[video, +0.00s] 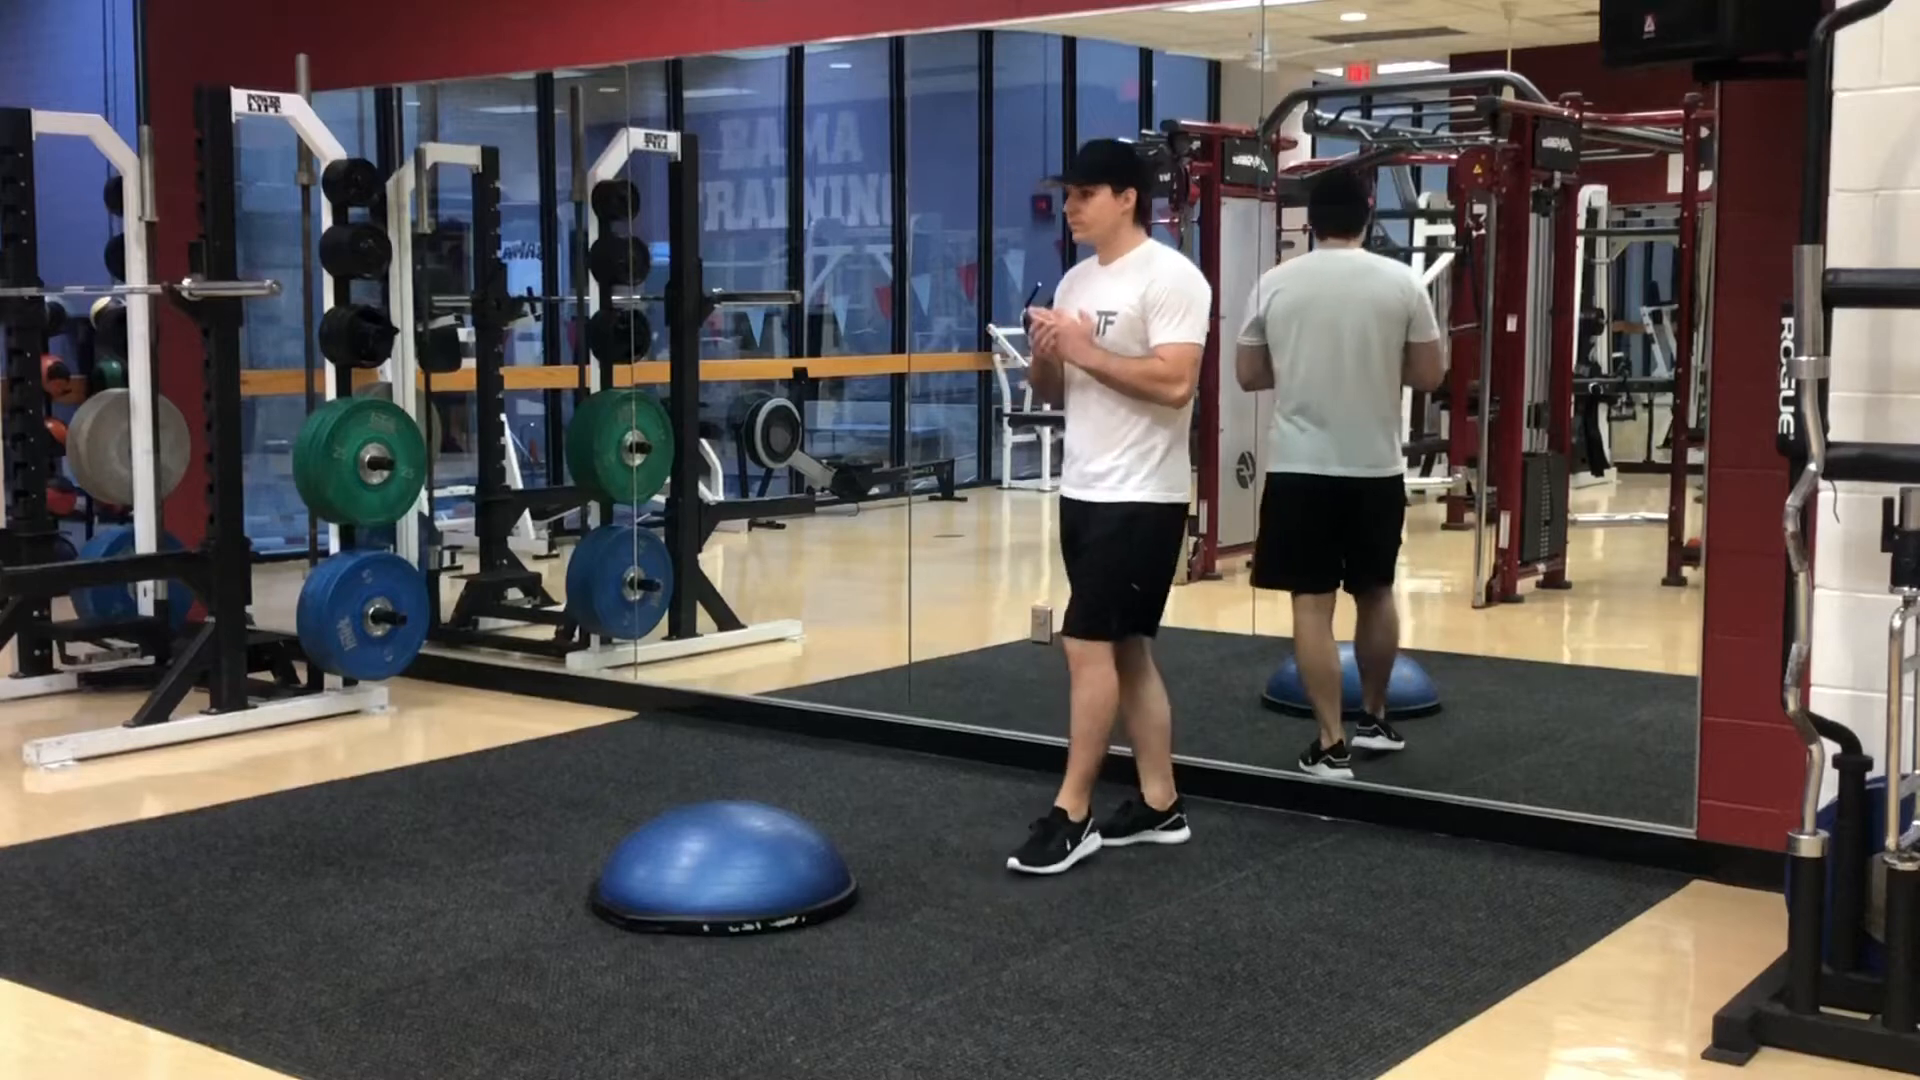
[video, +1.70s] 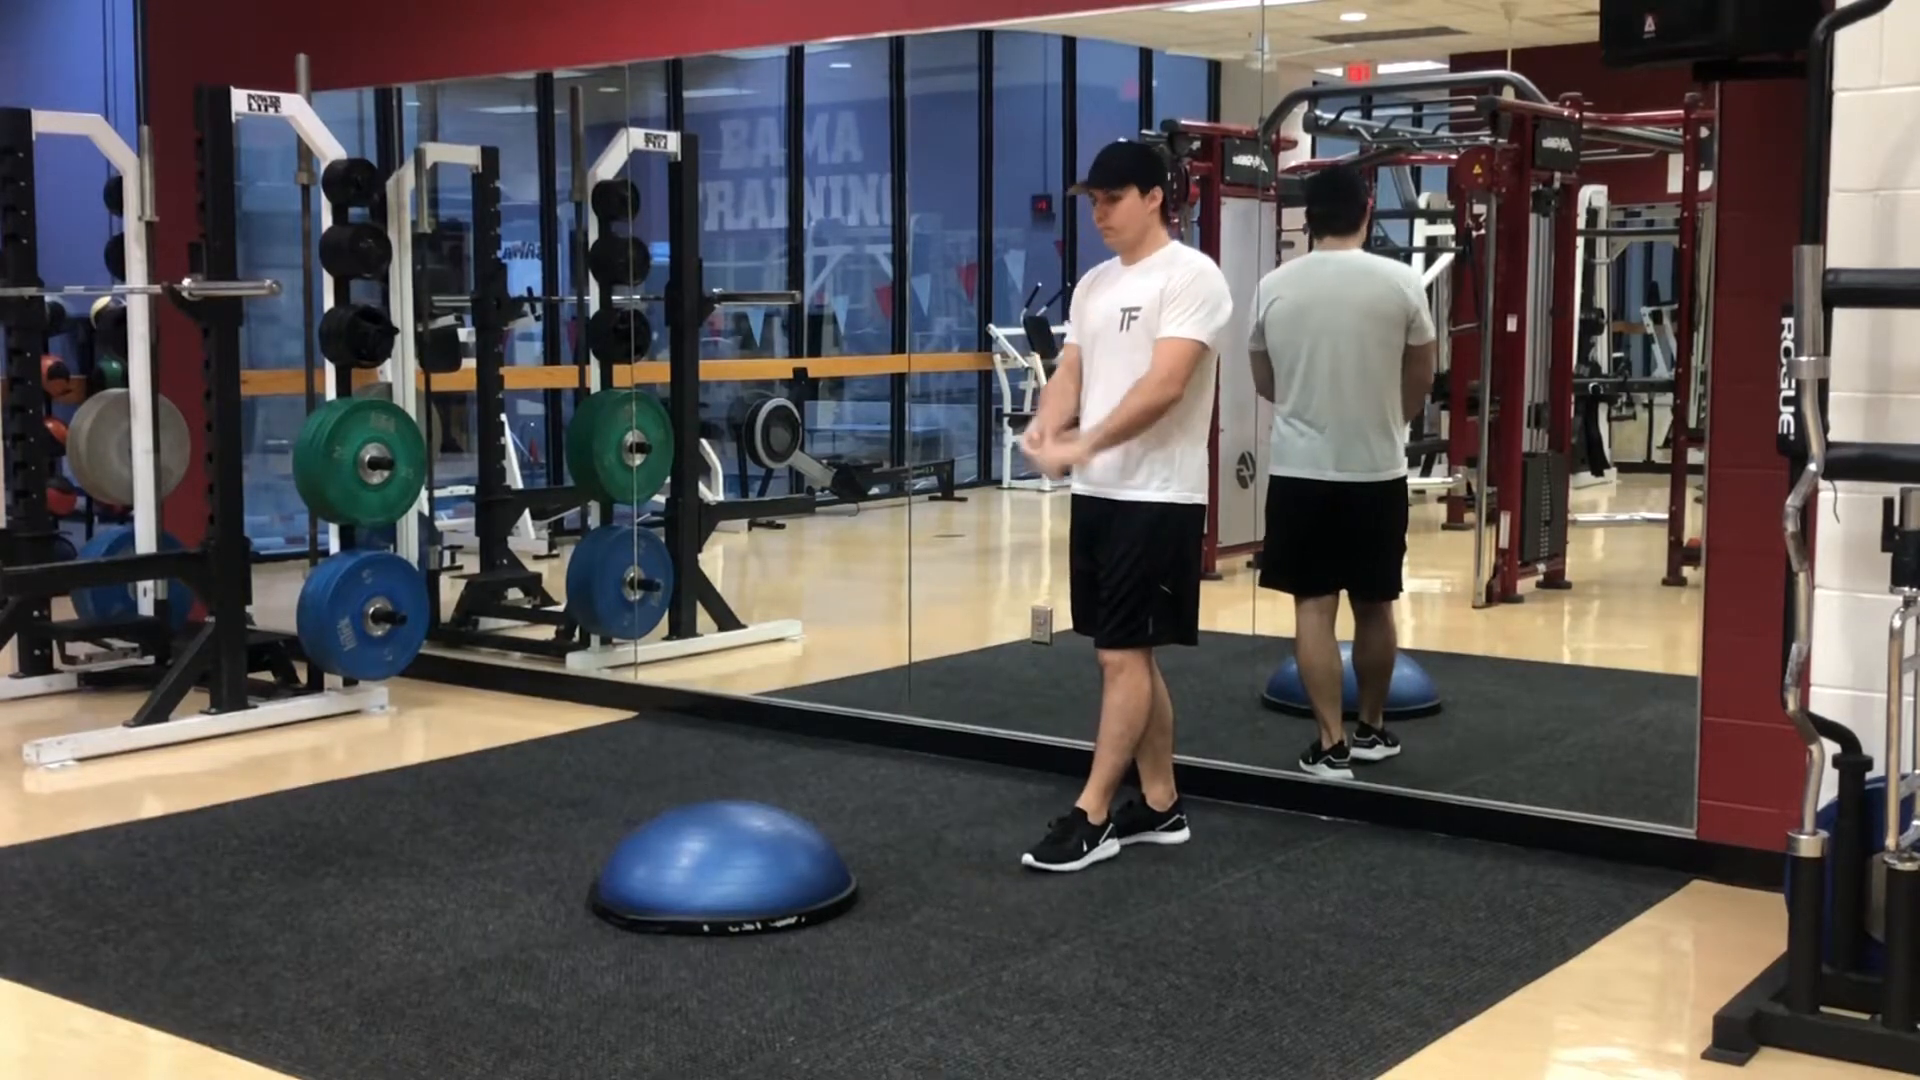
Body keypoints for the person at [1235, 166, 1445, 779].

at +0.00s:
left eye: (1322, 218)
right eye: (1357, 217)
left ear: (1311, 222)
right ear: (1367, 221)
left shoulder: (1277, 282)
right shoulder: (1402, 282)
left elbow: (1250, 374)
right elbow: (1428, 373)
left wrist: (1309, 361)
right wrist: (1375, 358)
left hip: (1300, 472)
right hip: (1375, 471)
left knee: (1312, 604)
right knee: (1376, 592)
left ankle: (1331, 745)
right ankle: (1375, 721)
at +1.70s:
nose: (1369, 218)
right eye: (1369, 209)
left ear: (1309, 218)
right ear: (1367, 214)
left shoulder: (1275, 285)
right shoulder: (1400, 282)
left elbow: (1266, 384)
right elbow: (1420, 381)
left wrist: (1320, 399)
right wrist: (1392, 419)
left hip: (1300, 474)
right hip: (1377, 474)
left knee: (1314, 606)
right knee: (1375, 604)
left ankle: (1331, 745)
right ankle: (1370, 727)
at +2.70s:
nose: (1402, 246)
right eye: (1407, 237)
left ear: (1354, 236)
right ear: (1408, 237)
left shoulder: (1312, 283)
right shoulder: (1432, 284)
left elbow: (1274, 375)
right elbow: (1464, 380)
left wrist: (1302, 427)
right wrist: (1465, 443)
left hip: (1323, 470)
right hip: (1399, 473)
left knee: (1322, 594)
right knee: (1386, 598)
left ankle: (1326, 715)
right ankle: (1369, 722)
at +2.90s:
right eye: (1414, 236)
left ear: (1363, 234)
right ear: (1416, 237)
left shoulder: (1321, 279)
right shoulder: (1444, 284)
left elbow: (1281, 371)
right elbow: (1474, 379)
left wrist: (1288, 427)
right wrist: (1478, 445)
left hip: (1327, 463)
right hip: (1402, 469)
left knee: (1326, 583)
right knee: (1387, 594)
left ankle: (1323, 713)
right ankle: (1369, 722)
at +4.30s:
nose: (1432, 248)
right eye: (1434, 241)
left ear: (1381, 230)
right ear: (1431, 237)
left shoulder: (1332, 273)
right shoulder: (1447, 285)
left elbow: (1288, 359)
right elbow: (1466, 383)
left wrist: (1274, 431)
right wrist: (1478, 458)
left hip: (1324, 458)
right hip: (1396, 467)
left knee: (1325, 572)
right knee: (1386, 593)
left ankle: (1312, 700)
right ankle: (1370, 722)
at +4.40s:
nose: (1429, 250)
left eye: (1424, 244)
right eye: (1432, 243)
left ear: (1377, 231)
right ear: (1427, 239)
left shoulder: (1328, 274)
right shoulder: (1442, 286)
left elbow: (1284, 361)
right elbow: (1459, 382)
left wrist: (1275, 432)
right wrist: (1473, 457)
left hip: (1321, 459)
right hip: (1392, 467)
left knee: (1322, 576)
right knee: (1384, 592)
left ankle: (1309, 706)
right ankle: (1370, 722)